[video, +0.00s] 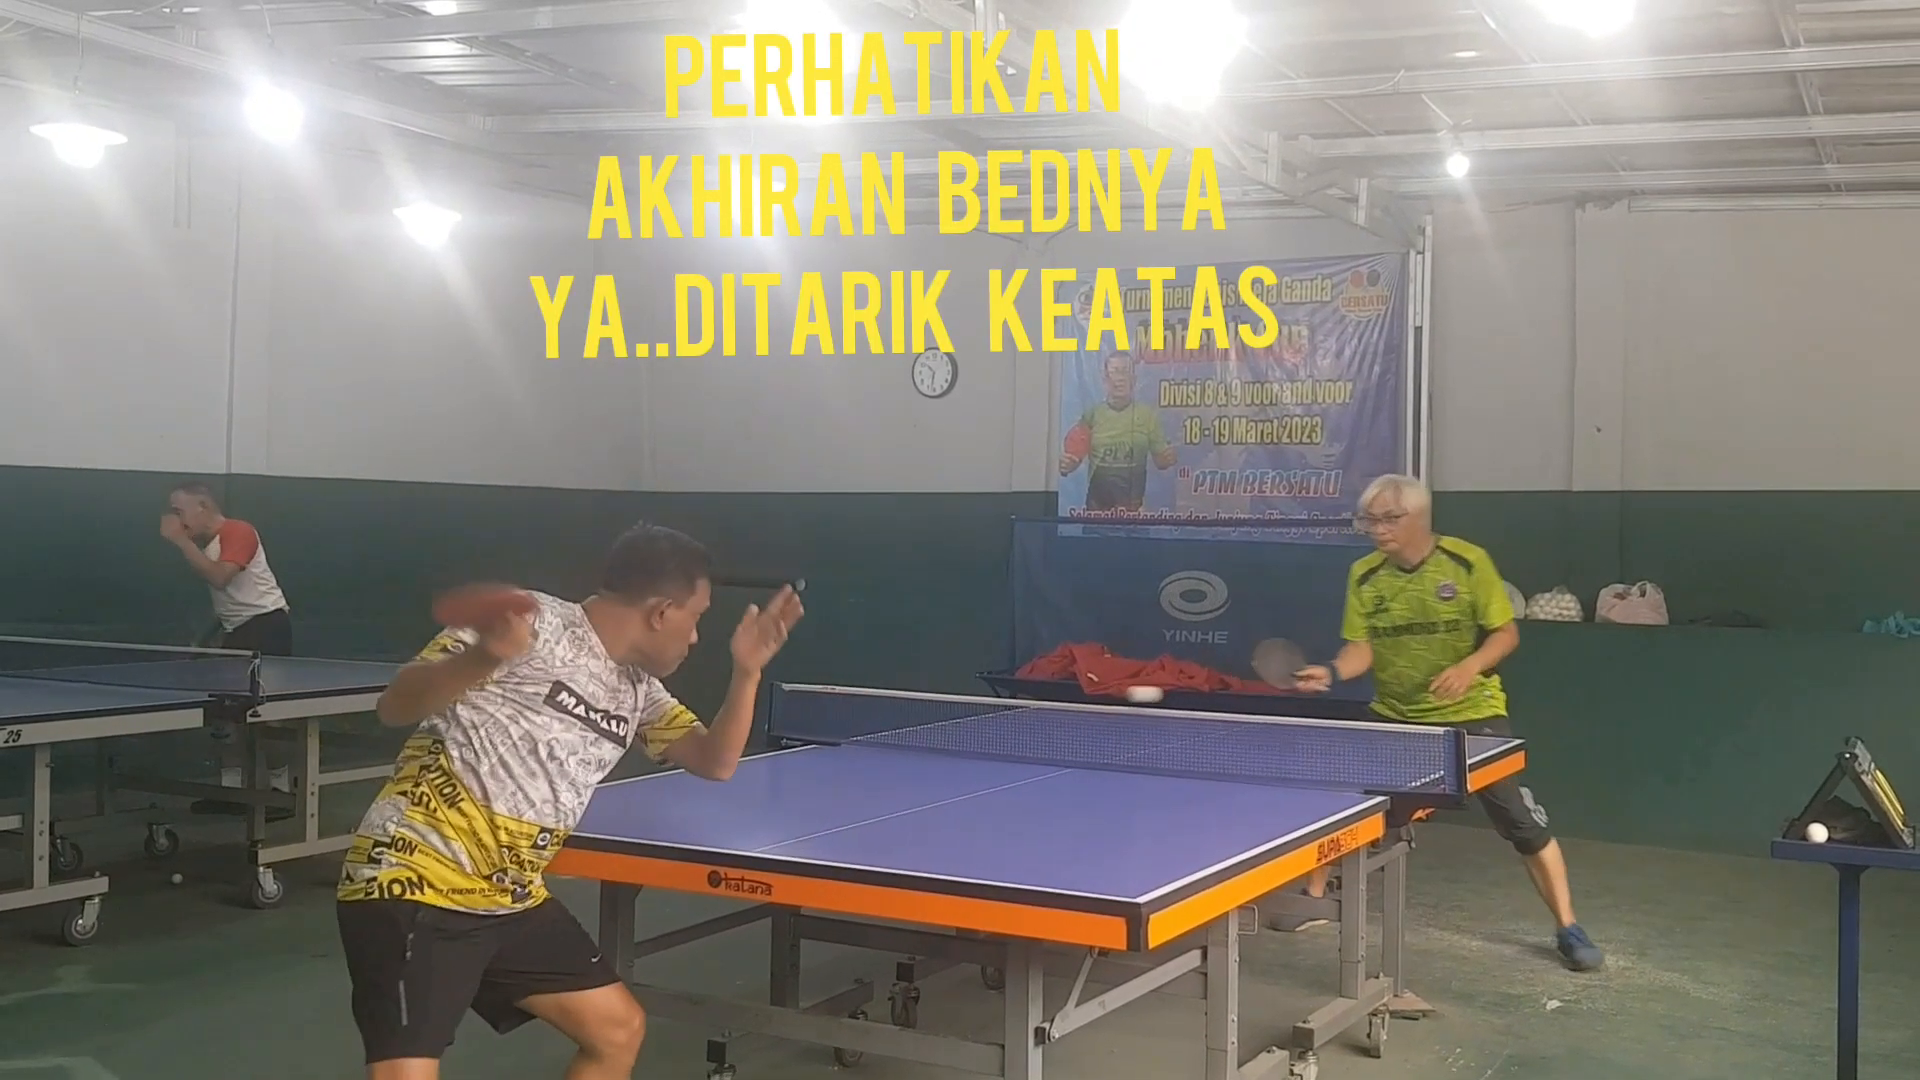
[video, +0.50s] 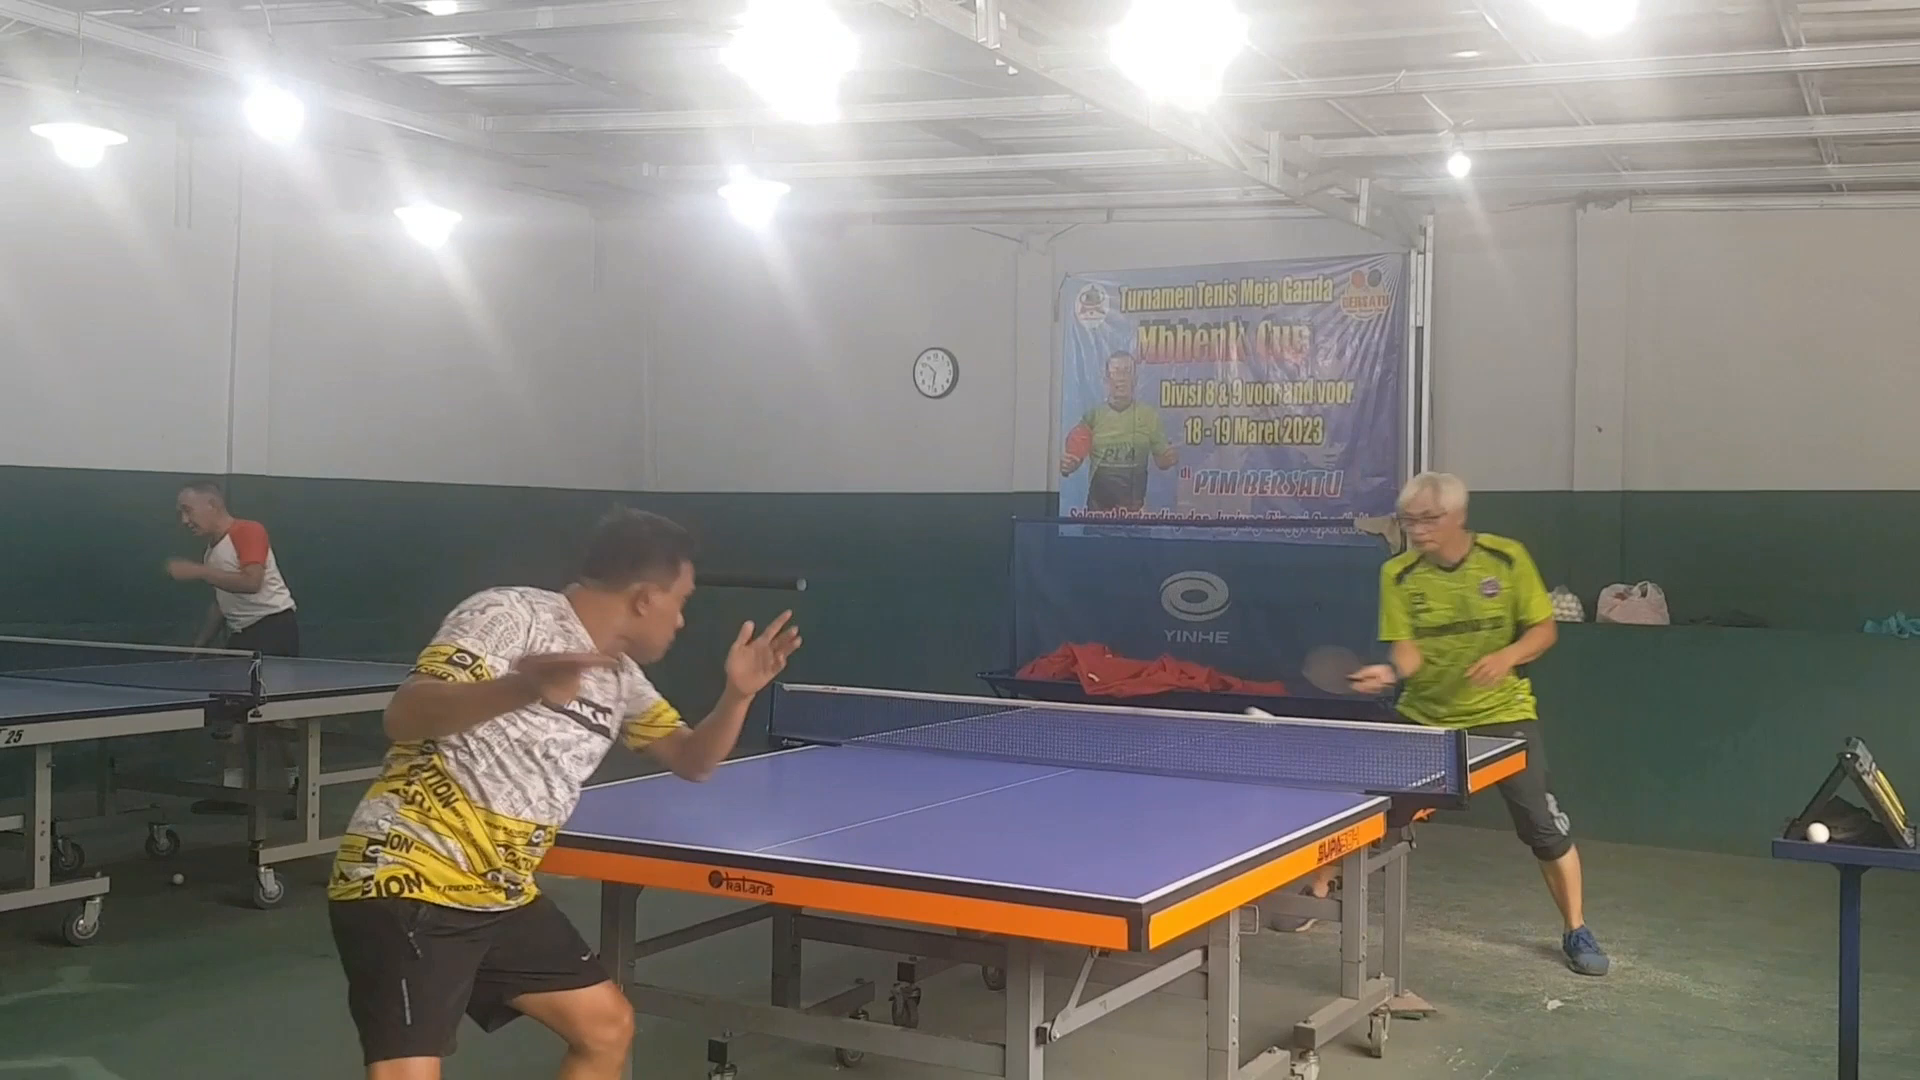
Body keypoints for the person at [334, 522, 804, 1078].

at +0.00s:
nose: (695, 636)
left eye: (699, 621)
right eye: (695, 619)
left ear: (653, 614)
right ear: (659, 614)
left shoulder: (640, 691)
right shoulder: (526, 619)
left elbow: (716, 761)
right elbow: (394, 707)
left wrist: (747, 672)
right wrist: (483, 657)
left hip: (508, 890)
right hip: (411, 877)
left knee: (618, 1028)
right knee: (405, 1070)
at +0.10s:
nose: (693, 633)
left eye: (696, 617)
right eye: (693, 615)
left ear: (651, 611)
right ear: (657, 610)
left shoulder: (635, 689)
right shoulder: (515, 616)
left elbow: (712, 762)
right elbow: (399, 709)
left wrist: (748, 680)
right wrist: (494, 669)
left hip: (505, 888)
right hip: (408, 876)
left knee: (616, 1027)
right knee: (409, 1069)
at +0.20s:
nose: (693, 633)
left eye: (696, 617)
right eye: (693, 615)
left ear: (651, 611)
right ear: (657, 610)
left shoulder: (635, 689)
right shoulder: (515, 616)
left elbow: (712, 762)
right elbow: (399, 709)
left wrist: (748, 680)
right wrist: (494, 669)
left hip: (505, 888)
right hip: (408, 876)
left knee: (616, 1027)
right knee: (409, 1069)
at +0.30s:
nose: (689, 629)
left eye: (691, 613)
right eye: (688, 610)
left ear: (646, 606)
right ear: (651, 604)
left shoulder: (629, 685)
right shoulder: (509, 615)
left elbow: (705, 761)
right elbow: (402, 714)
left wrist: (744, 689)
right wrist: (506, 677)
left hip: (502, 890)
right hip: (406, 876)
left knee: (612, 1026)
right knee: (409, 1072)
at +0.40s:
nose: (689, 629)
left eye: (691, 613)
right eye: (688, 610)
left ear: (646, 606)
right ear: (651, 604)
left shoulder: (629, 685)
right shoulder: (509, 615)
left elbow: (705, 761)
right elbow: (402, 714)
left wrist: (744, 689)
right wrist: (506, 677)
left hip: (502, 890)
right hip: (406, 877)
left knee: (612, 1026)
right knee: (409, 1072)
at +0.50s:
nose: (682, 622)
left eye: (684, 607)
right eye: (680, 604)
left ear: (638, 600)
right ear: (641, 598)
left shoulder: (621, 680)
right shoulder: (503, 615)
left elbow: (694, 760)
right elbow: (404, 716)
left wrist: (738, 696)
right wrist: (518, 689)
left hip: (498, 891)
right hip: (404, 879)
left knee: (607, 1026)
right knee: (407, 1070)